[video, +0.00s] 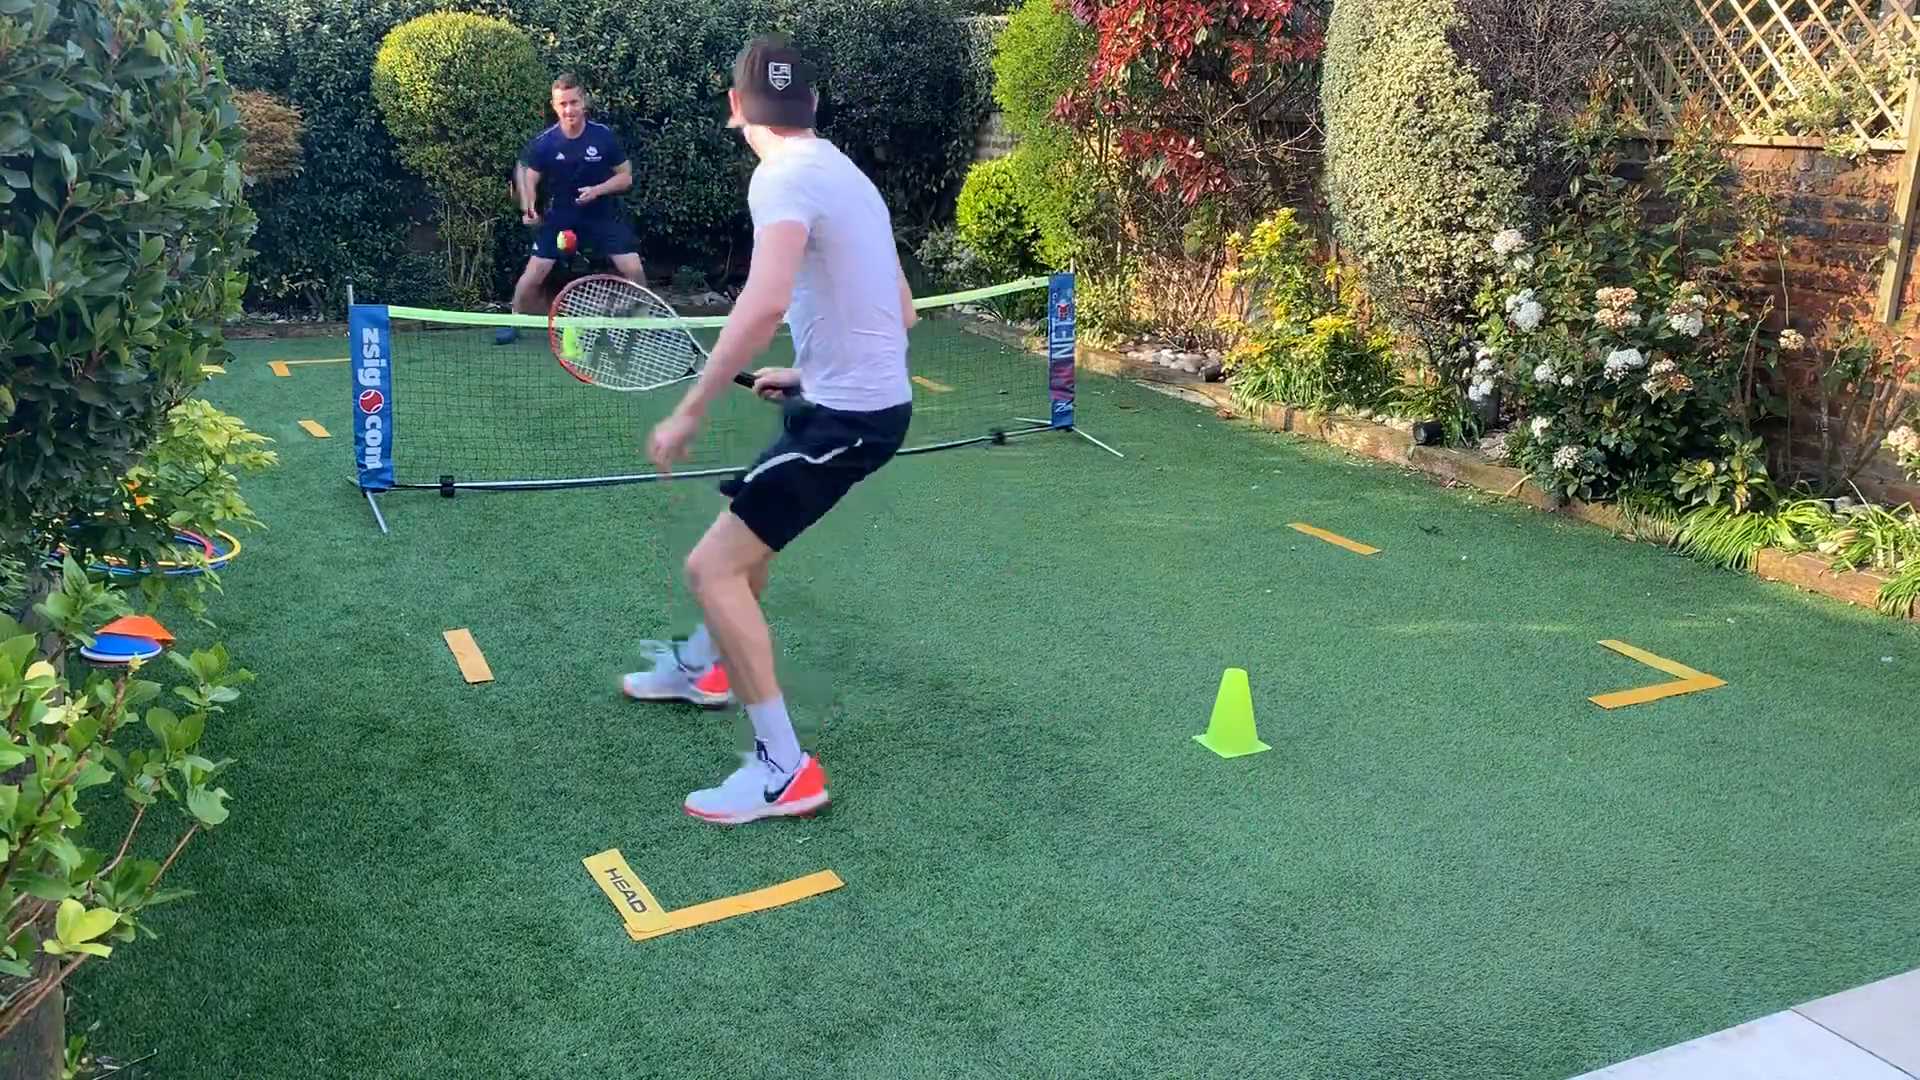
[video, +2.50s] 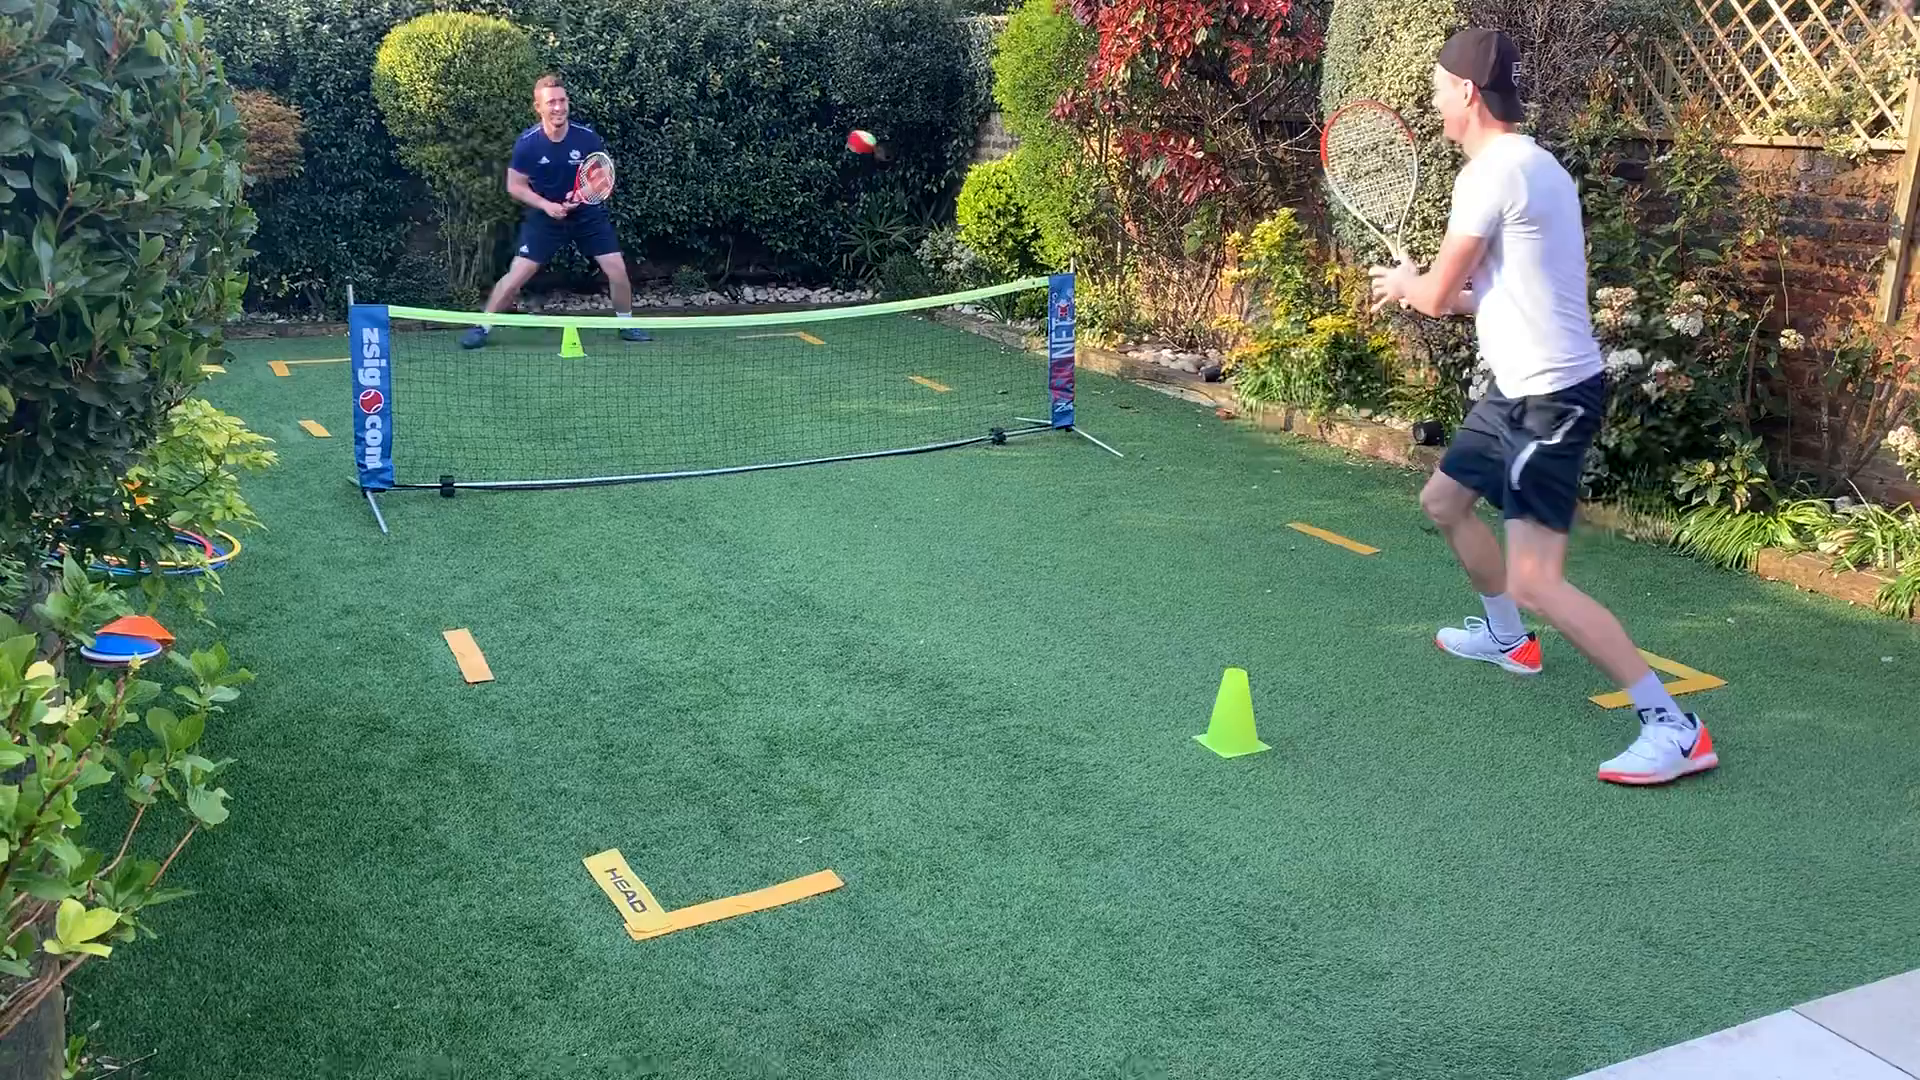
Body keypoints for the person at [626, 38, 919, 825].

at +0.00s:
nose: (730, 107)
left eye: (731, 97)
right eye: (735, 96)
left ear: (739, 107)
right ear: (809, 103)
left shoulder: (787, 176)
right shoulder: (842, 173)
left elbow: (765, 301)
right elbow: (899, 310)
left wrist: (689, 414)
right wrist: (805, 373)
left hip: (846, 410)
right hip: (865, 400)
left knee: (712, 571)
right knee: (744, 529)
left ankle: (783, 765)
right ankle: (707, 661)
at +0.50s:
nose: (1026, 77)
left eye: (1026, 65)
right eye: (1035, 64)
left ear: (1037, 71)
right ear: (1111, 69)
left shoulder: (1026, 151)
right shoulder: (1174, 163)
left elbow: (961, 292)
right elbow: (1246, 297)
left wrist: (914, 419)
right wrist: (1200, 402)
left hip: (1095, 415)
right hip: (1180, 424)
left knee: (967, 564)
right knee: (1107, 618)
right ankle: (1153, 845)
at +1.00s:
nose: (1306, 122)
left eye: (1309, 108)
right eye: (1309, 106)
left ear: (1324, 116)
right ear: (1396, 114)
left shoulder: (1312, 216)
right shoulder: (1461, 202)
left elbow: (1306, 365)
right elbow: (1536, 343)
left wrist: (1283, 490)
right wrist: (1487, 429)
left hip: (1390, 471)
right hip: (1487, 462)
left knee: (1345, 675)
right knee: (1525, 637)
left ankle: (1364, 868)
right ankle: (1612, 832)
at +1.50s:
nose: (1311, 177)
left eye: (1314, 164)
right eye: (1312, 163)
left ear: (1338, 174)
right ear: (1376, 165)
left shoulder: (1389, 253)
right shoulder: (1438, 213)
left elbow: (1373, 398)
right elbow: (1485, 341)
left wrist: (1332, 435)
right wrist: (1415, 405)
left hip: (1522, 409)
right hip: (1555, 391)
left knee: (1364, 523)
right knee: (1422, 496)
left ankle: (1380, 700)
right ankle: (1470, 638)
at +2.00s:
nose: (1436, 200)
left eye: (1440, 182)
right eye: (1430, 186)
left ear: (1485, 166)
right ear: (1478, 172)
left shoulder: (1576, 224)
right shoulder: (1488, 253)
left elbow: (1517, 371)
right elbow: (1471, 371)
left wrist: (1427, 464)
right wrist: (1424, 466)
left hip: (1674, 399)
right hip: (1601, 398)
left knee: (1597, 571)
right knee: (1483, 507)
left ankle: (1685, 734)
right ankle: (1482, 647)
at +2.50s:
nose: (1437, 104)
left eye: (1442, 91)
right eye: (1440, 90)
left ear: (1469, 94)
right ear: (1497, 93)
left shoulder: (1490, 171)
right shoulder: (1543, 167)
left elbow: (1440, 297)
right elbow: (1507, 292)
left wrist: (1406, 284)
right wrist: (1428, 288)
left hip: (1554, 395)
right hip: (1517, 387)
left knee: (1537, 582)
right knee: (1444, 501)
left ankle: (1673, 725)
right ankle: (1506, 633)